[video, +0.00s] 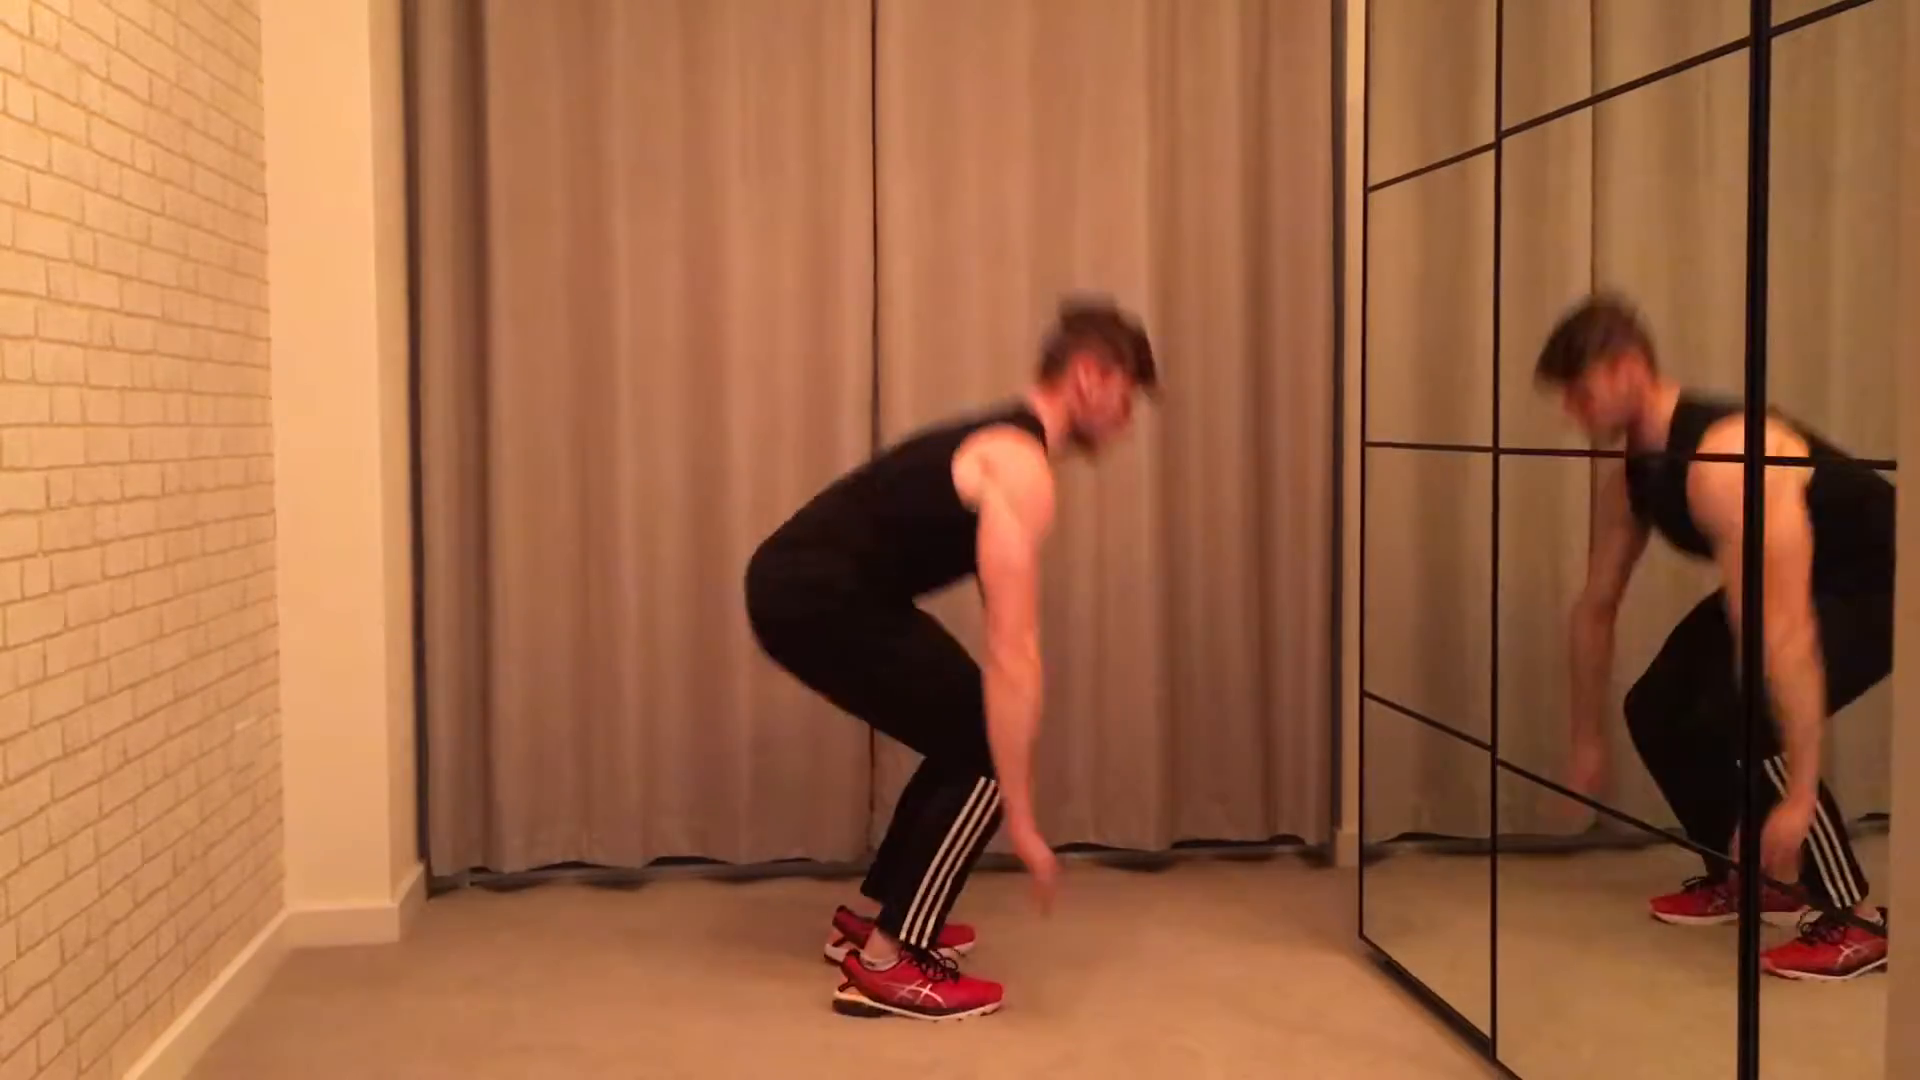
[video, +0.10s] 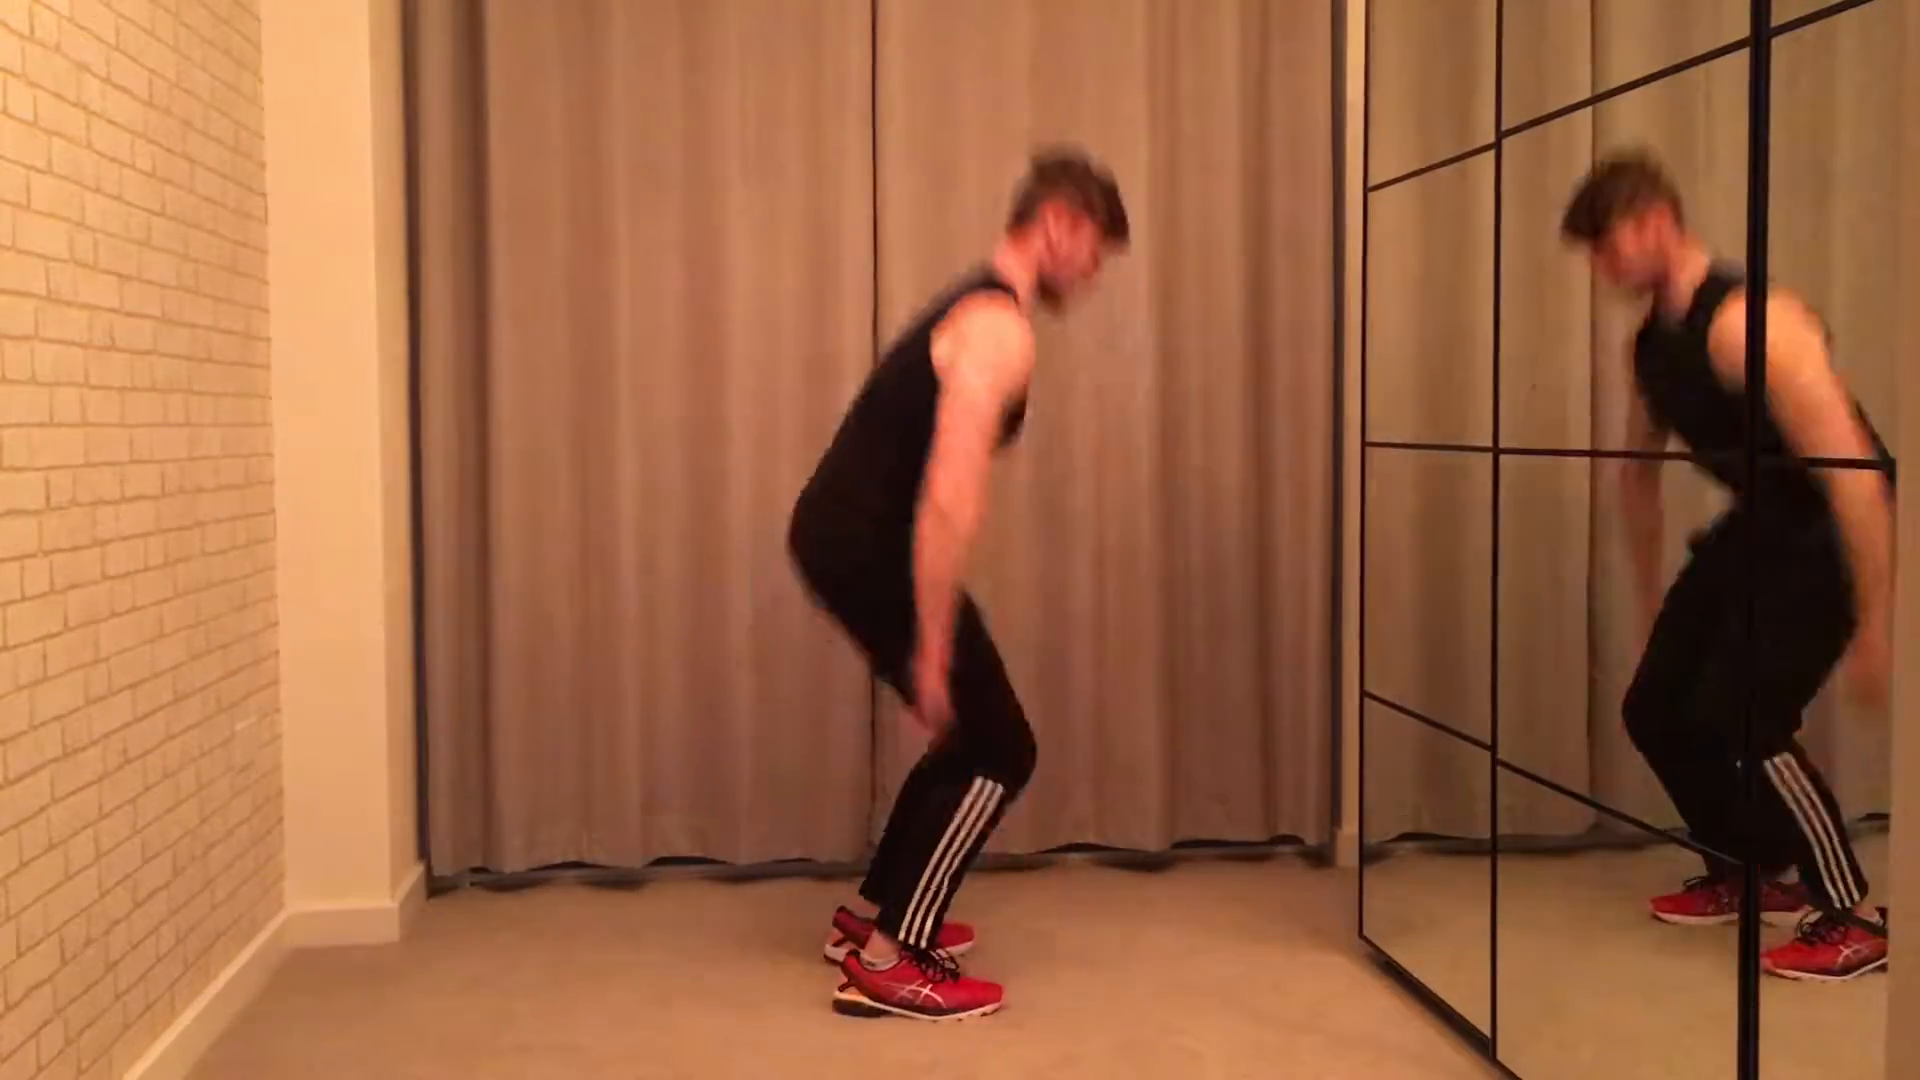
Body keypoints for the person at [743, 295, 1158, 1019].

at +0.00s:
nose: (1129, 411)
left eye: (1133, 392)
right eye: (1127, 388)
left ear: (1080, 374)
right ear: (1088, 374)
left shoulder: (1007, 443)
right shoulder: (1017, 465)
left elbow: (1009, 643)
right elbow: (1011, 656)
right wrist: (1020, 821)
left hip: (813, 590)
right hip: (818, 600)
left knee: (970, 736)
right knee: (986, 746)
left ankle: (874, 913)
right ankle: (888, 955)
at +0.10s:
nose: (1097, 265)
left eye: (1103, 247)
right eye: (1096, 243)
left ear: (1050, 223)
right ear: (1054, 221)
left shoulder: (983, 308)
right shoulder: (995, 328)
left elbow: (942, 493)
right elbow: (946, 503)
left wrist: (925, 639)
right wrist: (932, 650)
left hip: (851, 537)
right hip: (863, 546)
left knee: (981, 731)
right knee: (1000, 746)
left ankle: (878, 912)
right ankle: (891, 956)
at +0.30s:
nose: (1083, 63)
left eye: (1091, 45)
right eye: (1086, 39)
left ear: (1034, 19)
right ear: (1039, 16)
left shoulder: (984, 97)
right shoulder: (978, 102)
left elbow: (890, 232)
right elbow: (873, 223)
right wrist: (818, 357)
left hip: (930, 371)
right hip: (919, 374)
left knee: (930, 609)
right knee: (938, 613)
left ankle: (898, 819)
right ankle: (914, 846)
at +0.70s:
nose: (1133, 336)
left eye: (1143, 321)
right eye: (1134, 313)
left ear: (1092, 286)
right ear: (1095, 282)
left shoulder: (1018, 348)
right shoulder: (1014, 367)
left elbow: (911, 494)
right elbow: (908, 498)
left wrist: (852, 609)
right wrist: (843, 626)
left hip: (870, 539)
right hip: (867, 551)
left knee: (1014, 708)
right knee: (1034, 714)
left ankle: (949, 906)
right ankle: (972, 937)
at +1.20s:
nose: (908, 585)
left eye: (908, 565)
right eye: (899, 565)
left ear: (846, 566)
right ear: (850, 566)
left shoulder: (808, 637)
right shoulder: (841, 668)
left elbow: (822, 801)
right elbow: (842, 849)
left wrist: (831, 912)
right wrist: (851, 1006)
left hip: (873, 872)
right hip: (897, 898)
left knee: (1013, 674)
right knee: (1029, 693)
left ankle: (999, 888)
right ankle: (1049, 912)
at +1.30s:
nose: (791, 610)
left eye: (785, 592)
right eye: (776, 596)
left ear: (720, 611)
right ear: (722, 611)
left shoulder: (728, 685)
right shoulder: (749, 702)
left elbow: (782, 858)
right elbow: (783, 876)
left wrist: (828, 982)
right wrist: (844, 1008)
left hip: (863, 883)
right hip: (884, 916)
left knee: (981, 677)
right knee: (1009, 708)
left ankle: (1109, 853)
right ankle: (1176, 849)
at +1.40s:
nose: (709, 654)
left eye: (698, 639)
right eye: (687, 649)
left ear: (650, 676)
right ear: (642, 681)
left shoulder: (679, 742)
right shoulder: (687, 764)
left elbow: (728, 914)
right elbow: (723, 929)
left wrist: (828, 998)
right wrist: (839, 1013)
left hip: (843, 924)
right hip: (857, 948)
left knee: (954, 702)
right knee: (970, 721)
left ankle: (1122, 827)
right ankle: (1189, 817)